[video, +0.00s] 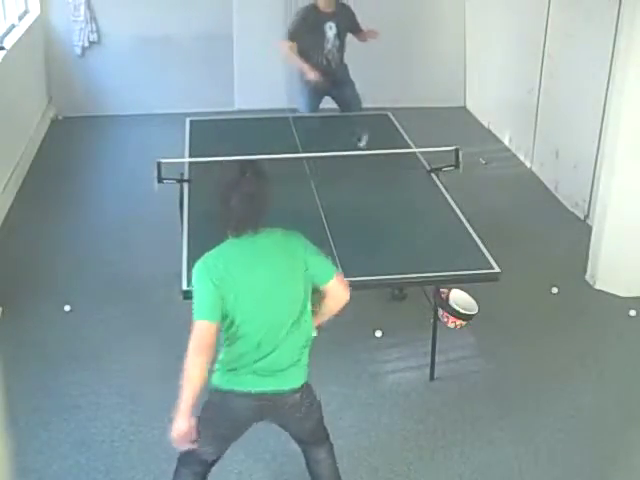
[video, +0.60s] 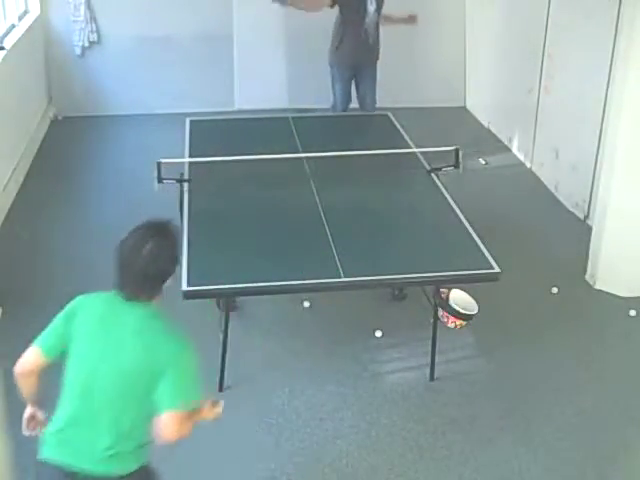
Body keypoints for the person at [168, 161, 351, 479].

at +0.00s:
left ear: (225, 207)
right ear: (264, 204)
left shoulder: (211, 266)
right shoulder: (295, 245)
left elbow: (202, 345)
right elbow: (340, 293)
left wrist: (184, 412)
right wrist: (310, 323)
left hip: (234, 399)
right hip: (292, 395)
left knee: (196, 461)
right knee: (318, 449)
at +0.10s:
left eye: (216, 216)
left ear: (212, 223)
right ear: (251, 222)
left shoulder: (191, 282)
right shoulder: (284, 267)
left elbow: (167, 356)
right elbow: (320, 322)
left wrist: (141, 421)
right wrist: (293, 351)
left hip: (219, 414)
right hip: (280, 407)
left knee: (183, 473)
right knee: (312, 452)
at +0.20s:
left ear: (185, 231)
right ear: (228, 234)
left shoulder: (153, 284)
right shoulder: (250, 284)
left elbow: (120, 348)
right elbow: (270, 361)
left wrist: (100, 407)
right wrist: (274, 373)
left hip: (180, 425)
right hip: (241, 420)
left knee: (161, 473)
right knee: (292, 472)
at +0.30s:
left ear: (164, 232)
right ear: (208, 240)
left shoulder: (127, 281)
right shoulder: (222, 291)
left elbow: (83, 338)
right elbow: (232, 371)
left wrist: (73, 393)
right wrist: (244, 379)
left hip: (144, 430)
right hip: (205, 430)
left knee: (138, 474)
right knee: (246, 474)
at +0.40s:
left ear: (151, 229)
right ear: (198, 237)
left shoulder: (117, 274)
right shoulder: (211, 292)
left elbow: (64, 337)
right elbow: (222, 377)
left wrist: (58, 386)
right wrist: (227, 379)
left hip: (115, 434)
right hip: (178, 437)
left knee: (98, 473)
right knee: (205, 473)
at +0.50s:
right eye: (188, 245)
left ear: (139, 241)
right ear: (185, 252)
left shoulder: (104, 288)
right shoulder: (199, 313)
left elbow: (46, 351)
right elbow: (206, 399)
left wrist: (46, 395)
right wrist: (219, 386)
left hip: (87, 458)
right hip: (153, 464)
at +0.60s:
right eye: (172, 264)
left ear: (122, 264)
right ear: (167, 276)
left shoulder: (83, 308)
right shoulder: (171, 342)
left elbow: (24, 368)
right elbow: (168, 431)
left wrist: (32, 405)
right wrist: (198, 414)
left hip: (55, 461)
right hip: (118, 470)